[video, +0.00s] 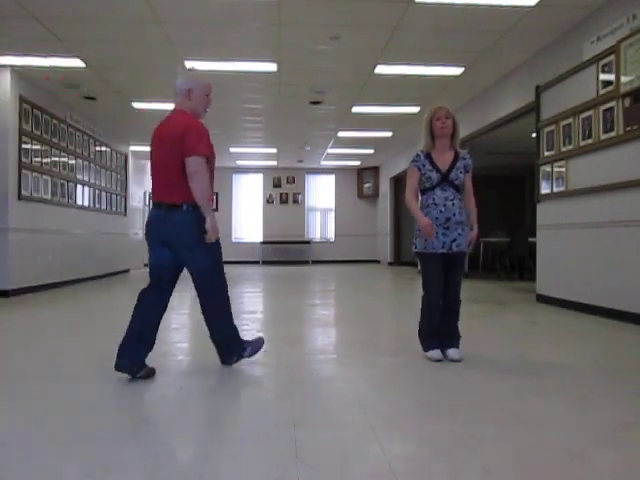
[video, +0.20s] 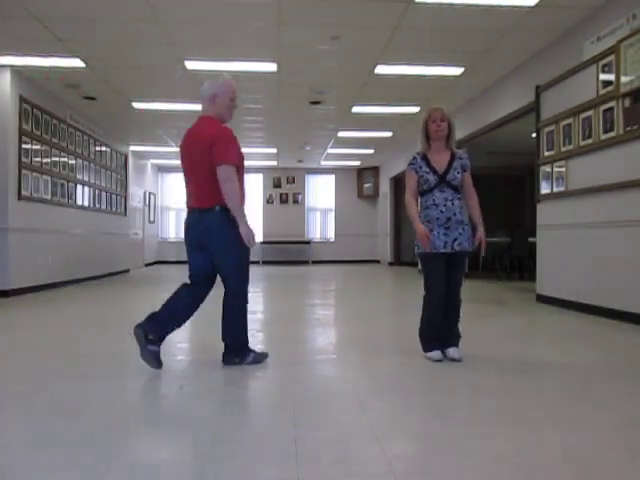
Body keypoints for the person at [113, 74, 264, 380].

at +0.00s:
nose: (209, 104)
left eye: (210, 97)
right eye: (206, 96)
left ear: (184, 96)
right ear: (188, 95)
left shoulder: (162, 127)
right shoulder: (193, 127)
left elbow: (162, 174)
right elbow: (195, 170)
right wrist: (209, 215)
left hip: (160, 218)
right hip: (189, 219)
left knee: (158, 289)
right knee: (213, 287)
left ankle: (130, 359)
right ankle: (230, 348)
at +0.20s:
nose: (235, 106)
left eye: (235, 100)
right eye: (231, 100)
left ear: (210, 101)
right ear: (215, 100)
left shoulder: (191, 134)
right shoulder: (221, 133)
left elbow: (195, 181)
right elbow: (226, 177)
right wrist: (242, 221)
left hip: (196, 220)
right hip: (221, 219)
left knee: (199, 283)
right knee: (237, 286)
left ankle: (152, 331)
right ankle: (236, 351)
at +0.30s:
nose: (246, 103)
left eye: (245, 98)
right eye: (242, 97)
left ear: (221, 101)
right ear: (225, 100)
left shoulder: (205, 133)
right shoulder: (229, 133)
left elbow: (206, 182)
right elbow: (239, 181)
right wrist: (265, 213)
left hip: (209, 219)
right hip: (233, 219)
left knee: (219, 280)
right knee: (242, 286)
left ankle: (176, 330)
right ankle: (236, 350)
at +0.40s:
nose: (253, 101)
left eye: (252, 96)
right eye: (248, 96)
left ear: (229, 101)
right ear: (231, 100)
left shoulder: (218, 132)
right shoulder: (234, 132)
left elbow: (227, 179)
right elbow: (242, 177)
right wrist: (273, 202)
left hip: (223, 216)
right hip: (239, 217)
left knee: (237, 280)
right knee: (245, 286)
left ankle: (210, 335)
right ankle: (237, 350)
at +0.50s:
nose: (258, 104)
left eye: (257, 98)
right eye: (253, 98)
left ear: (238, 102)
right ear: (235, 102)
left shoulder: (241, 132)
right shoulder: (234, 132)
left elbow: (250, 177)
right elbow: (242, 176)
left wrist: (278, 196)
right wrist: (276, 197)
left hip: (250, 217)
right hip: (240, 218)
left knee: (256, 283)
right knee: (250, 285)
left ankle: (251, 336)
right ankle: (236, 351)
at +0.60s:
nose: (262, 107)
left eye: (263, 102)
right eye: (257, 102)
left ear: (244, 104)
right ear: (239, 103)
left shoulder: (249, 136)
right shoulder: (235, 135)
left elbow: (255, 180)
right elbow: (240, 179)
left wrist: (279, 200)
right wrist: (278, 206)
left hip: (258, 221)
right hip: (246, 222)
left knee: (272, 284)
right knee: (259, 286)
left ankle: (286, 339)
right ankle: (237, 349)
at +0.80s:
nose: (274, 105)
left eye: (274, 100)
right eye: (268, 100)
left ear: (270, 103)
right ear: (250, 104)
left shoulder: (274, 140)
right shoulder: (239, 137)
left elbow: (284, 180)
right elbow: (232, 180)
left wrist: (304, 205)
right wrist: (242, 219)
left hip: (276, 221)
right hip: (252, 220)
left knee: (290, 280)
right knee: (265, 283)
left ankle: (307, 339)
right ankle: (240, 342)